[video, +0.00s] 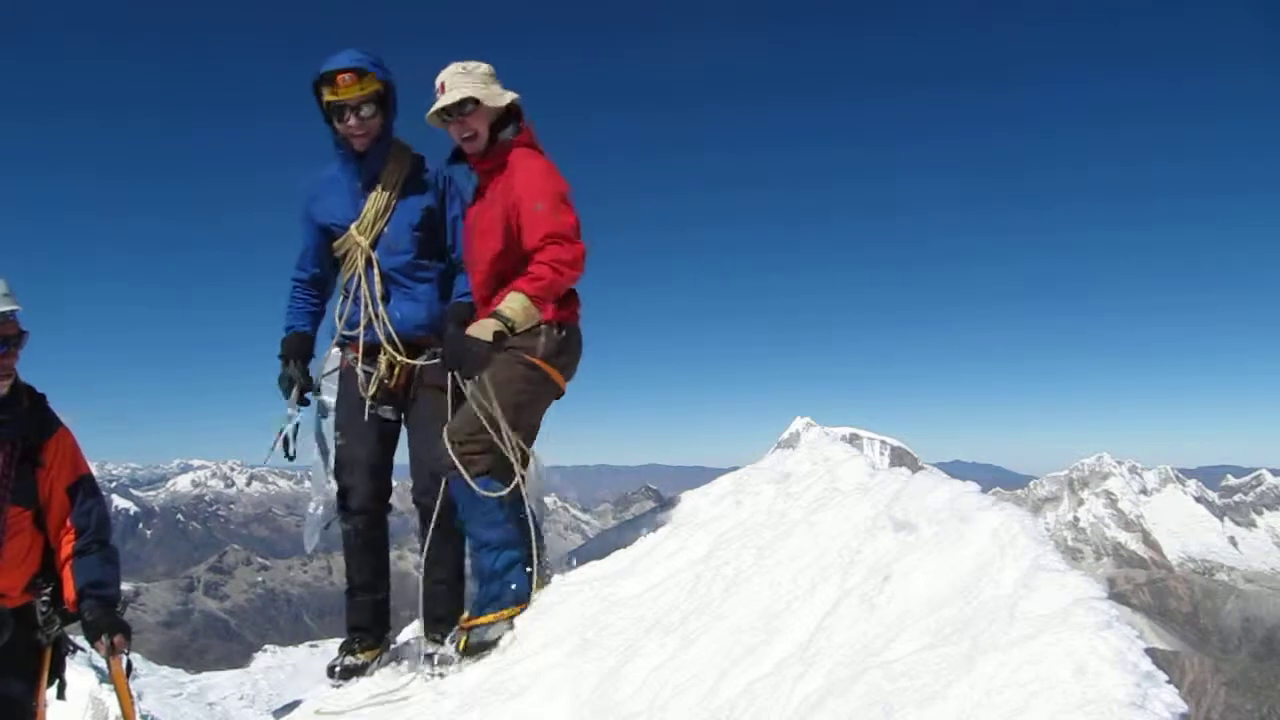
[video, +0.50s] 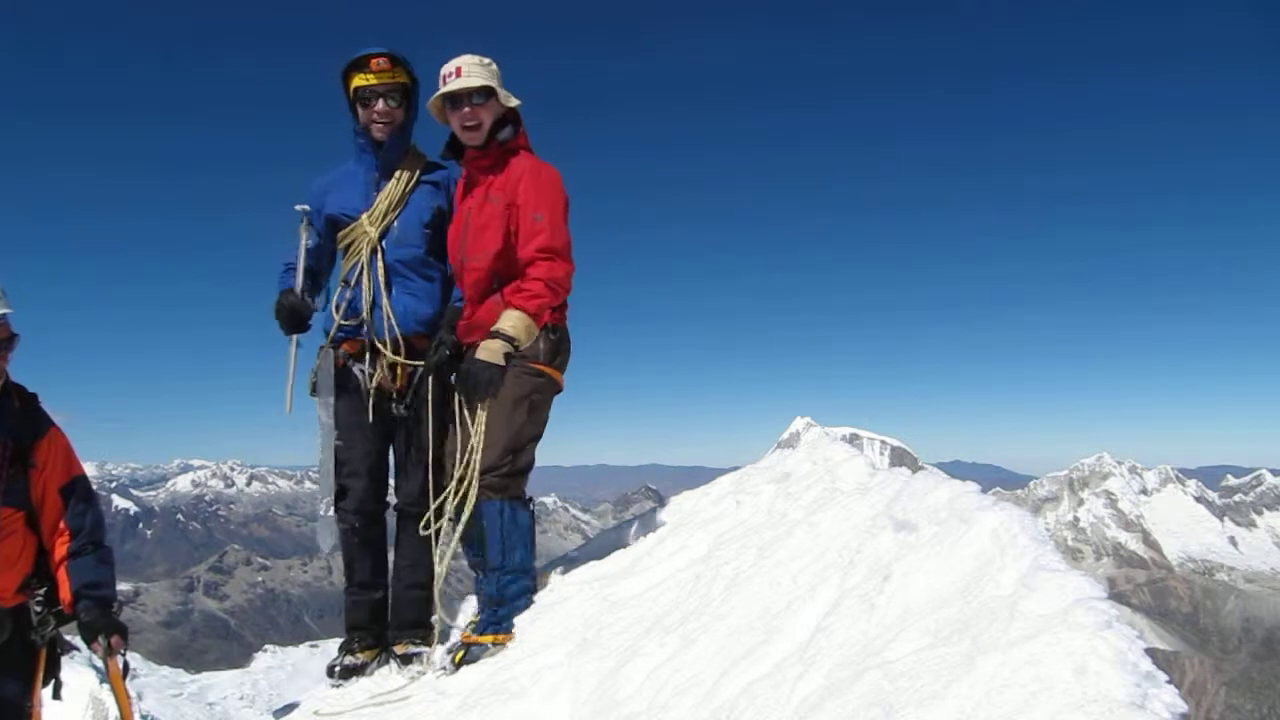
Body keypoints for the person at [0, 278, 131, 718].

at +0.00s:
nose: (10, 353)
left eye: (15, 340)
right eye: (2, 341)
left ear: (24, 341)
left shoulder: (37, 424)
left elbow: (80, 519)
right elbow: (81, 518)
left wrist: (96, 602)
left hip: (18, 622)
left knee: (18, 706)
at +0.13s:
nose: (8, 353)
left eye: (14, 341)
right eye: (1, 342)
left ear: (21, 342)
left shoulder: (33, 421)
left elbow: (80, 517)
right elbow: (80, 516)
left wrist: (96, 602)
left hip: (17, 620)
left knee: (17, 706)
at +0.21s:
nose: (7, 354)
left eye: (12, 342)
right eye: (1, 342)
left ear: (19, 343)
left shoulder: (32, 421)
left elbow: (79, 517)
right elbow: (79, 517)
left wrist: (95, 603)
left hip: (17, 620)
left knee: (17, 706)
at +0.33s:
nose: (5, 355)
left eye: (10, 343)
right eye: (0, 343)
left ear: (16, 344)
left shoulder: (27, 418)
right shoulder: (25, 418)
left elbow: (77, 515)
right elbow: (77, 515)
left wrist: (94, 602)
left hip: (16, 620)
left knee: (16, 706)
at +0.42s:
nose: (5, 355)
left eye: (8, 343)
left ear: (14, 344)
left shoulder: (28, 422)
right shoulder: (26, 422)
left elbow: (76, 519)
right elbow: (75, 518)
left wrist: (93, 603)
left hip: (15, 620)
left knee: (15, 705)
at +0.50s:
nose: (4, 355)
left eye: (7, 343)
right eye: (0, 343)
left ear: (12, 346)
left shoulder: (26, 421)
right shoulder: (24, 421)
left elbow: (73, 518)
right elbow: (73, 517)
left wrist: (93, 603)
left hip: (14, 620)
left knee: (15, 705)